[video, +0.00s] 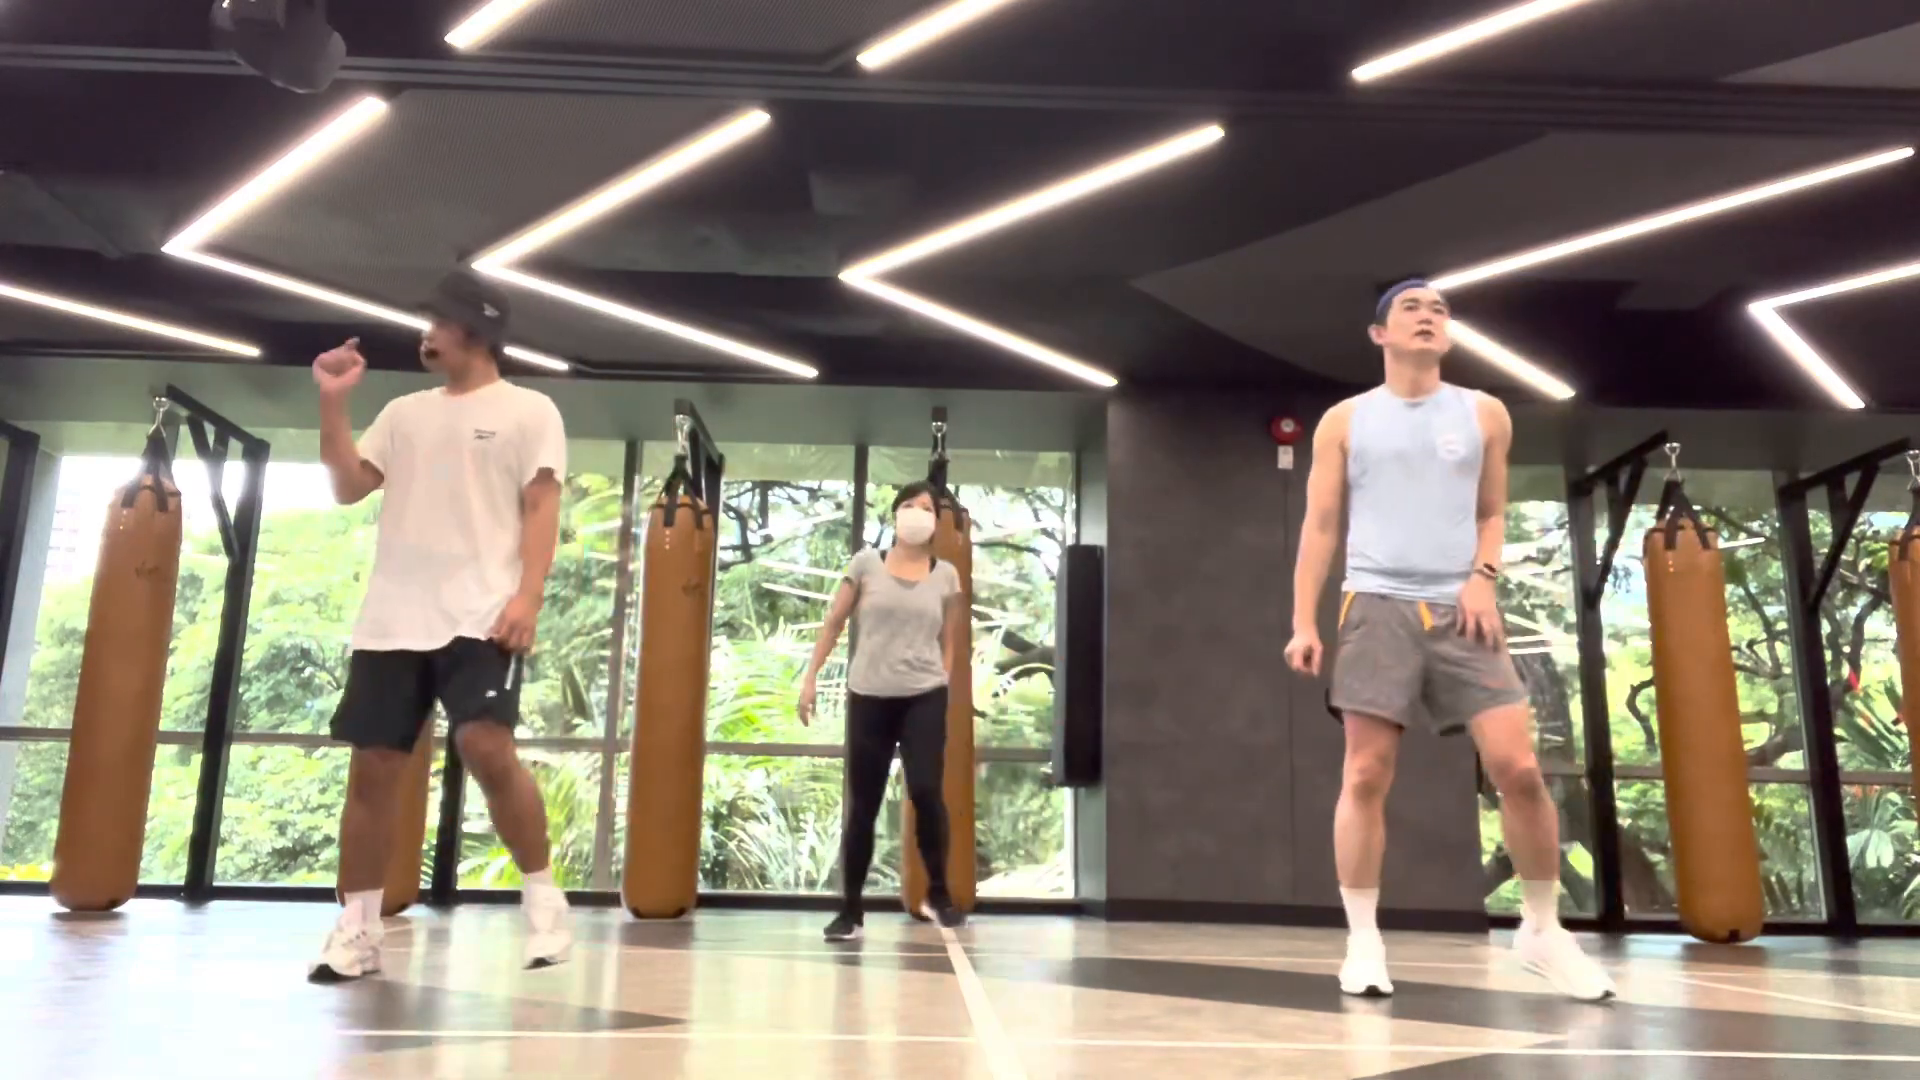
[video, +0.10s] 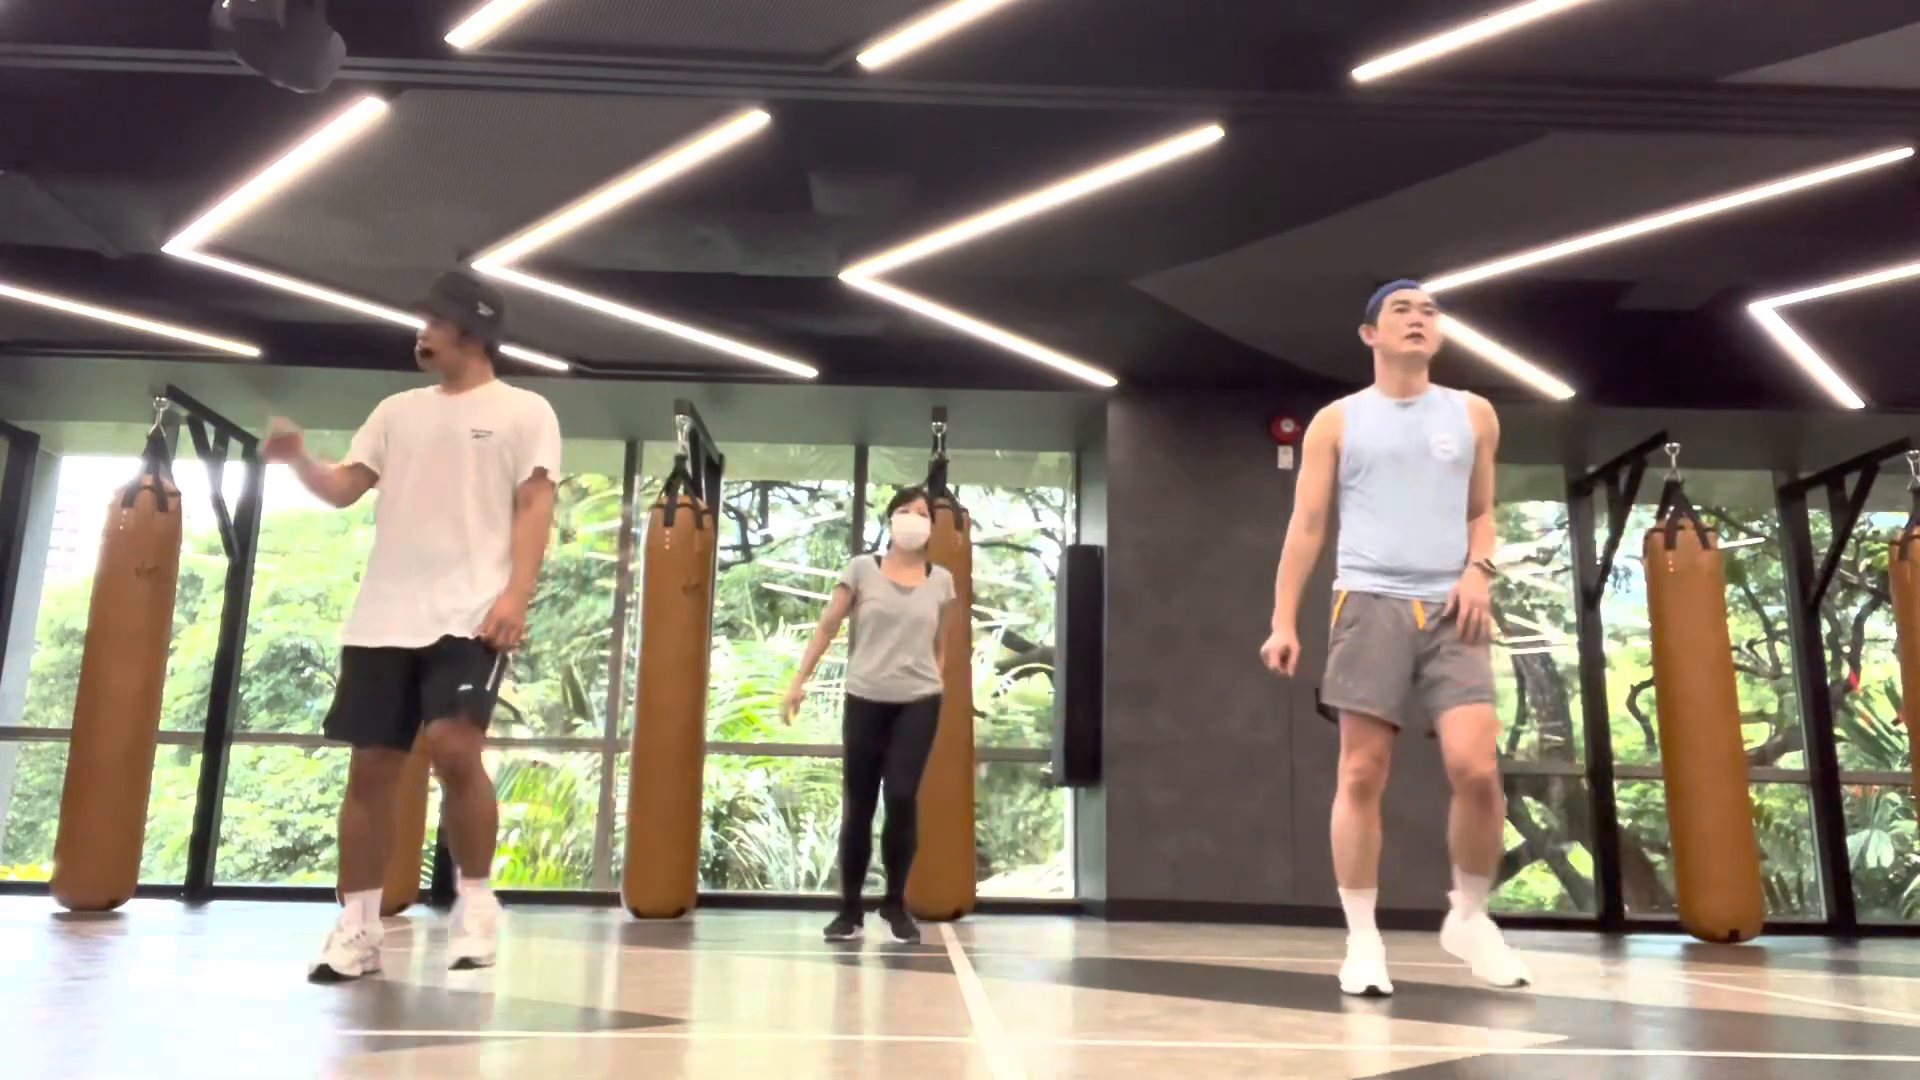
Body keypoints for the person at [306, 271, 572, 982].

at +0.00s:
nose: (425, 333)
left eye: (438, 322)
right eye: (429, 321)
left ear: (475, 331)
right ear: (449, 332)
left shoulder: (530, 412)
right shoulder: (403, 411)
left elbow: (541, 508)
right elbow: (348, 484)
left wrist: (528, 595)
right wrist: (333, 399)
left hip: (482, 618)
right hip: (392, 619)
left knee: (485, 748)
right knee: (371, 768)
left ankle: (544, 905)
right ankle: (357, 930)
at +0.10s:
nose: (421, 331)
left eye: (435, 320)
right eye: (424, 319)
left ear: (472, 331)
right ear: (443, 331)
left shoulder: (525, 411)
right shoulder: (397, 409)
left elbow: (534, 509)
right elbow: (342, 487)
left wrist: (517, 595)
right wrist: (300, 459)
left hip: (472, 614)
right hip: (384, 614)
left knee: (453, 748)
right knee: (372, 769)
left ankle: (474, 910)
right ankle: (357, 930)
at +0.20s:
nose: (419, 336)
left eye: (432, 325)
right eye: (422, 324)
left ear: (469, 334)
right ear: (447, 335)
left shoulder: (524, 416)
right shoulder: (394, 415)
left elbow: (534, 512)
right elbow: (340, 491)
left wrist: (513, 598)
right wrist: (276, 543)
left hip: (467, 622)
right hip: (378, 619)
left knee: (435, 759)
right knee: (366, 768)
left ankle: (423, 924)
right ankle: (357, 928)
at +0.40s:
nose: (430, 324)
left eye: (444, 312)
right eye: (430, 313)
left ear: (484, 325)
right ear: (442, 327)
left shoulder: (534, 411)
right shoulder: (401, 408)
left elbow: (543, 507)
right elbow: (382, 513)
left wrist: (534, 590)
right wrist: (363, 607)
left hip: (488, 613)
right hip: (396, 613)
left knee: (490, 735)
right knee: (370, 770)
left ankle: (499, 884)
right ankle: (356, 929)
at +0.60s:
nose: (462, 335)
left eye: (475, 322)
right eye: (462, 323)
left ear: (516, 332)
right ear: (478, 336)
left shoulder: (567, 419)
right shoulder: (439, 421)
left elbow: (582, 521)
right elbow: (408, 527)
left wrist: (575, 612)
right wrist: (379, 617)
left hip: (518, 630)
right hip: (423, 625)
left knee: (543, 769)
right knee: (386, 771)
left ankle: (605, 918)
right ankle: (356, 927)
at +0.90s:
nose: (548, 326)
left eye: (562, 314)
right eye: (540, 319)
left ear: (598, 327)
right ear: (535, 338)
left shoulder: (637, 410)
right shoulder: (519, 412)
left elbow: (659, 503)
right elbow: (492, 514)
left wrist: (649, 588)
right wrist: (422, 551)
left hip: (590, 617)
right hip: (504, 611)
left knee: (589, 765)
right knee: (450, 746)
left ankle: (608, 929)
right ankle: (446, 905)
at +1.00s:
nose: (573, 320)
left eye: (587, 312)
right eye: (562, 312)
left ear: (613, 331)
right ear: (547, 334)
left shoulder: (642, 408)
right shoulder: (526, 411)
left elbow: (667, 500)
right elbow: (505, 509)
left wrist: (656, 587)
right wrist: (434, 531)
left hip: (602, 614)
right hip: (517, 611)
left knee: (595, 759)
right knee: (476, 745)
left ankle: (608, 928)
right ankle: (525, 894)